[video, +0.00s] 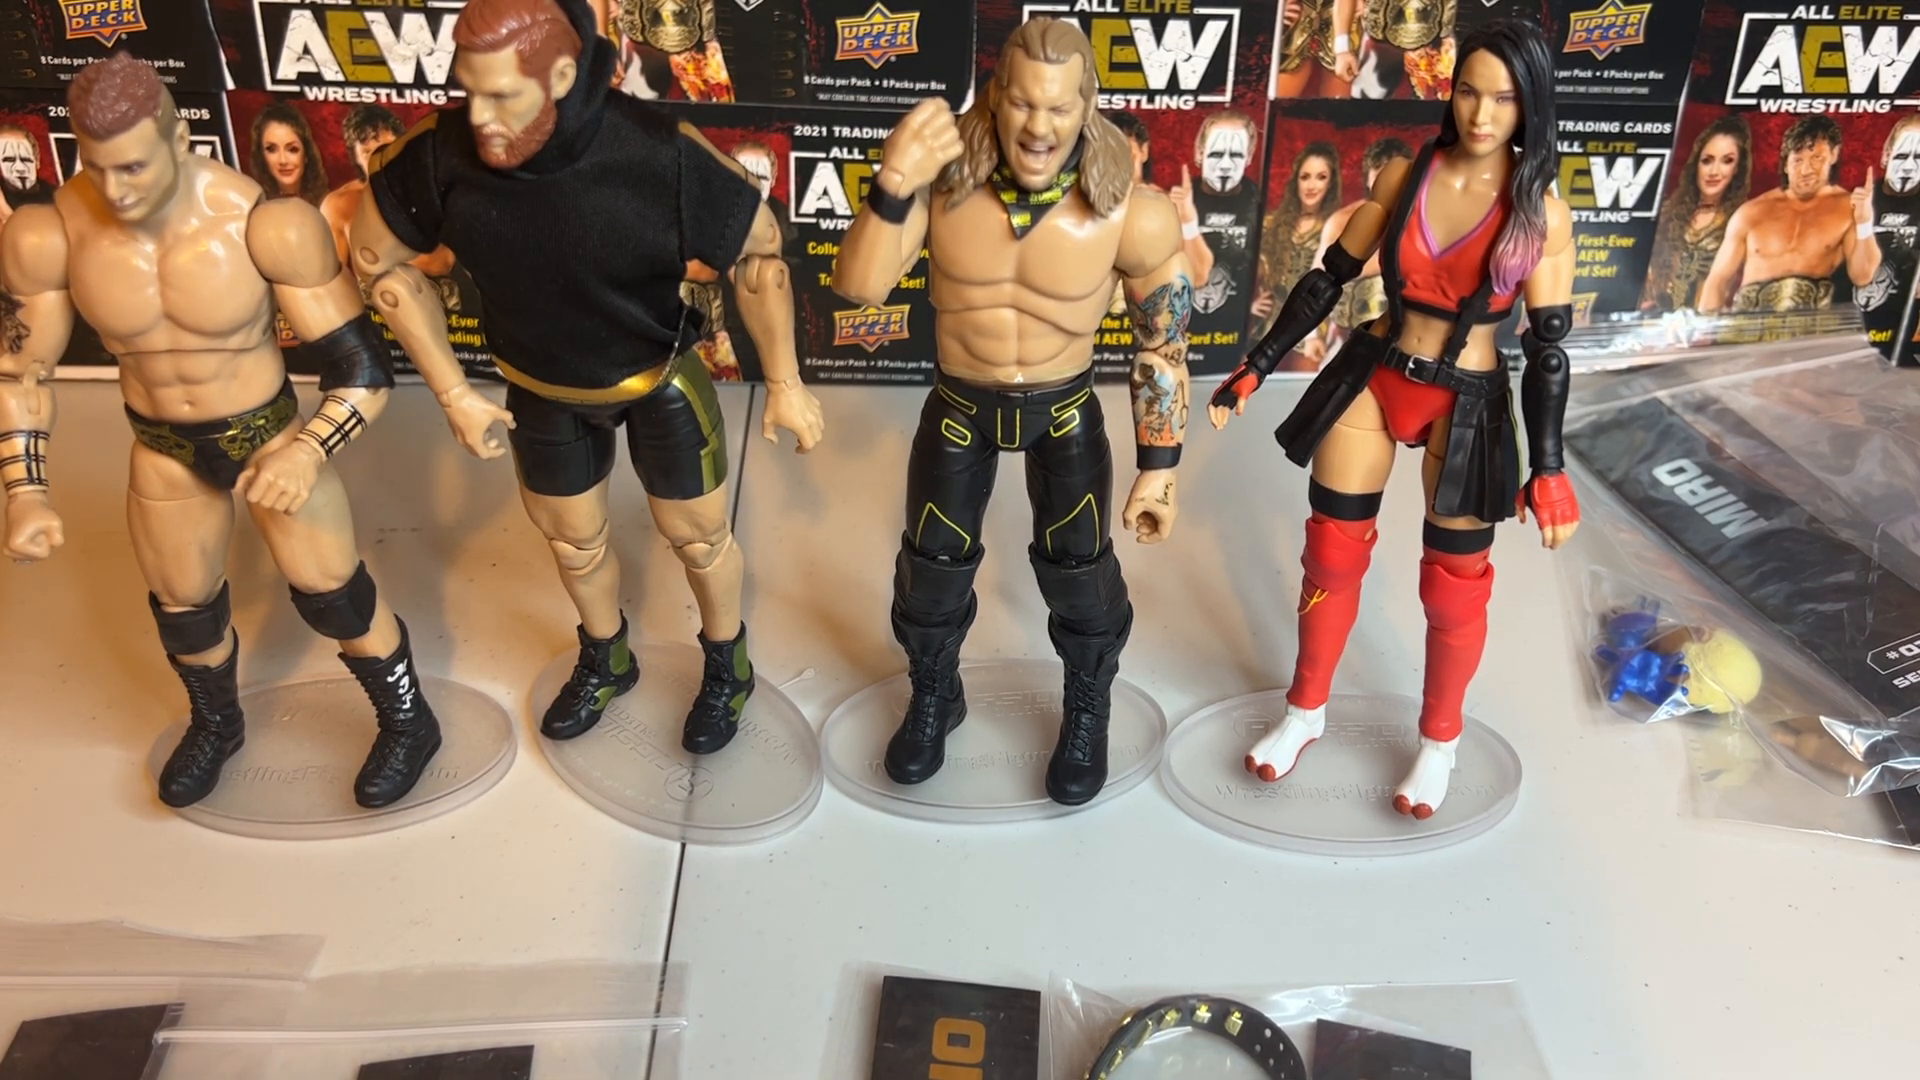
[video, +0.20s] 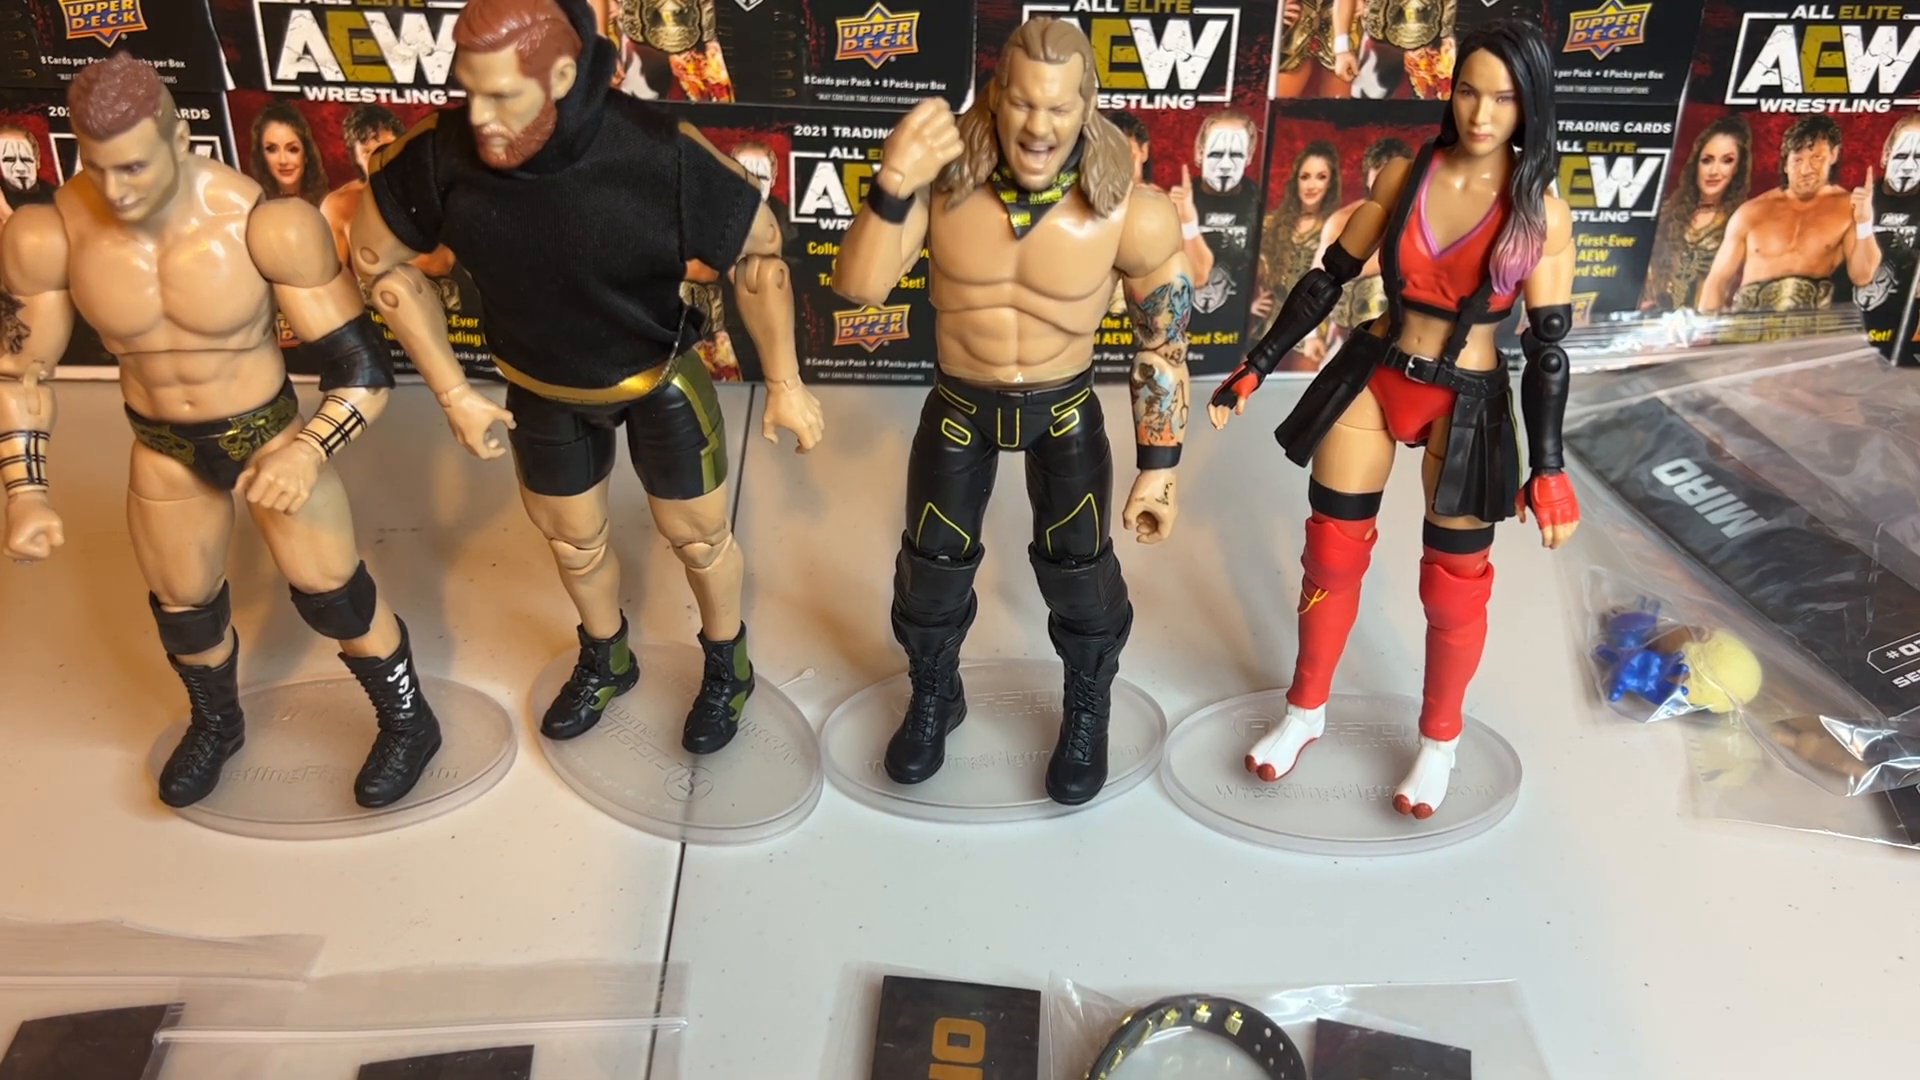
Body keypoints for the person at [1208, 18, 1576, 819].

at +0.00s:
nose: (1479, 113)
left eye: (1501, 99)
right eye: (1469, 93)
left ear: (1528, 108)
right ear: (1450, 93)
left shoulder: (1540, 208)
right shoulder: (1406, 174)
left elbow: (1549, 343)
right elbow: (1333, 273)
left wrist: (1549, 464)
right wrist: (1257, 363)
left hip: (1466, 405)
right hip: (1371, 383)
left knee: (1454, 591)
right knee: (1331, 560)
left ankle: (1438, 742)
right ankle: (1305, 710)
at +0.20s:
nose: (1479, 113)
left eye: (1500, 98)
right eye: (1469, 93)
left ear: (1528, 108)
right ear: (1450, 93)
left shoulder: (1539, 208)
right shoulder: (1406, 174)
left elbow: (1549, 343)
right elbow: (1333, 272)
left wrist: (1549, 464)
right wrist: (1256, 363)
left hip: (1466, 404)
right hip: (1371, 382)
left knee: (1454, 589)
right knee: (1331, 559)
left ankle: (1438, 741)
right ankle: (1305, 710)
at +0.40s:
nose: (1479, 113)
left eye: (1500, 99)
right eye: (1469, 94)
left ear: (1529, 108)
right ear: (1451, 94)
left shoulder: (1540, 209)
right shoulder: (1406, 175)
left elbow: (1548, 345)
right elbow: (1332, 275)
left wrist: (1549, 466)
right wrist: (1255, 364)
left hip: (1467, 403)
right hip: (1372, 382)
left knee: (1454, 590)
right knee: (1331, 559)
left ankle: (1437, 741)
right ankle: (1304, 710)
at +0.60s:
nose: (1480, 113)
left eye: (1501, 99)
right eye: (1469, 94)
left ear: (1529, 109)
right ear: (1451, 94)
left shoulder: (1540, 210)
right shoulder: (1406, 175)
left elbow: (1549, 346)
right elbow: (1333, 275)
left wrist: (1549, 467)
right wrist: (1256, 364)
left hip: (1467, 404)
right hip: (1372, 382)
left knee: (1454, 590)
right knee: (1331, 559)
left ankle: (1438, 741)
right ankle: (1305, 709)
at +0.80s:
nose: (1480, 113)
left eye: (1501, 99)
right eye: (1469, 94)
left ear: (1529, 108)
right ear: (1451, 94)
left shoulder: (1540, 209)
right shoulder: (1405, 176)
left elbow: (1549, 346)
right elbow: (1332, 275)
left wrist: (1549, 466)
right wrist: (1256, 365)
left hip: (1467, 404)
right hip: (1372, 382)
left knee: (1454, 590)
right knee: (1331, 559)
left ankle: (1438, 741)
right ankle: (1305, 709)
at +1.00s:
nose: (1480, 114)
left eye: (1501, 99)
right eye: (1469, 94)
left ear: (1529, 108)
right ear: (1451, 94)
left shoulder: (1540, 208)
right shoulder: (1406, 175)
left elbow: (1549, 344)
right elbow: (1332, 274)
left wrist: (1549, 466)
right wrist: (1256, 364)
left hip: (1467, 404)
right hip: (1371, 382)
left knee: (1454, 591)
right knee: (1331, 560)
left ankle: (1437, 742)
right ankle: (1304, 710)